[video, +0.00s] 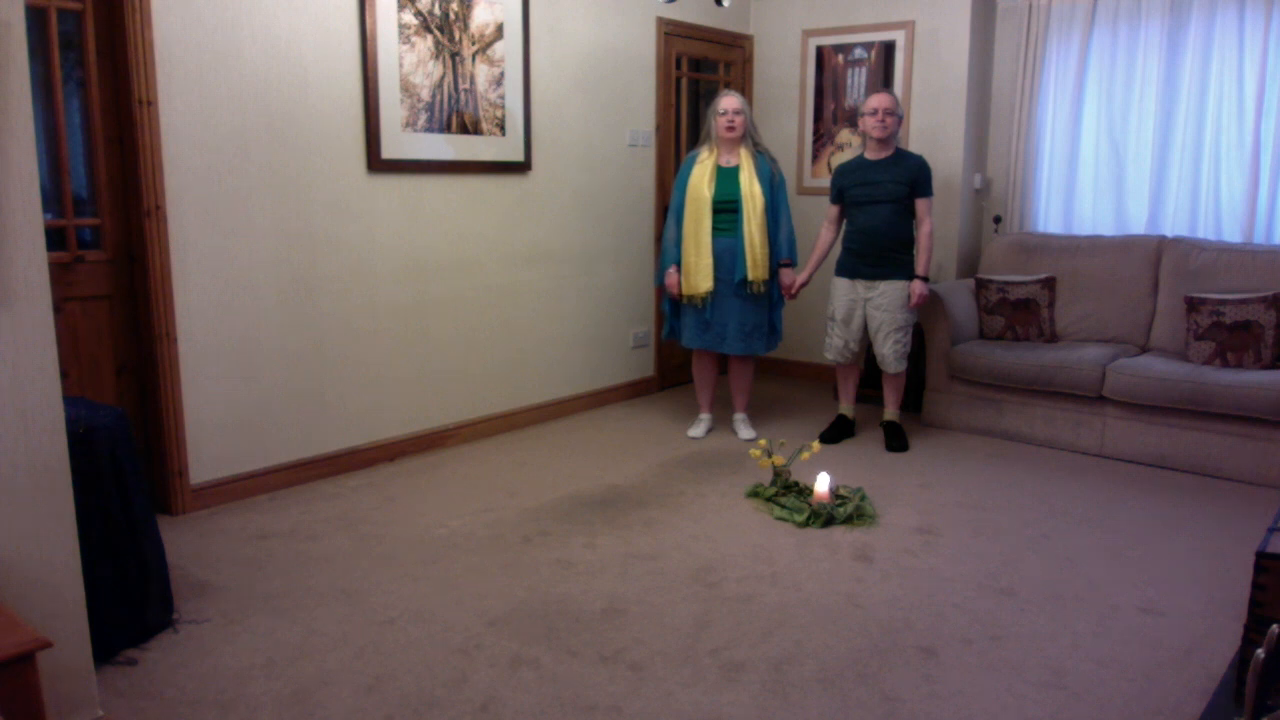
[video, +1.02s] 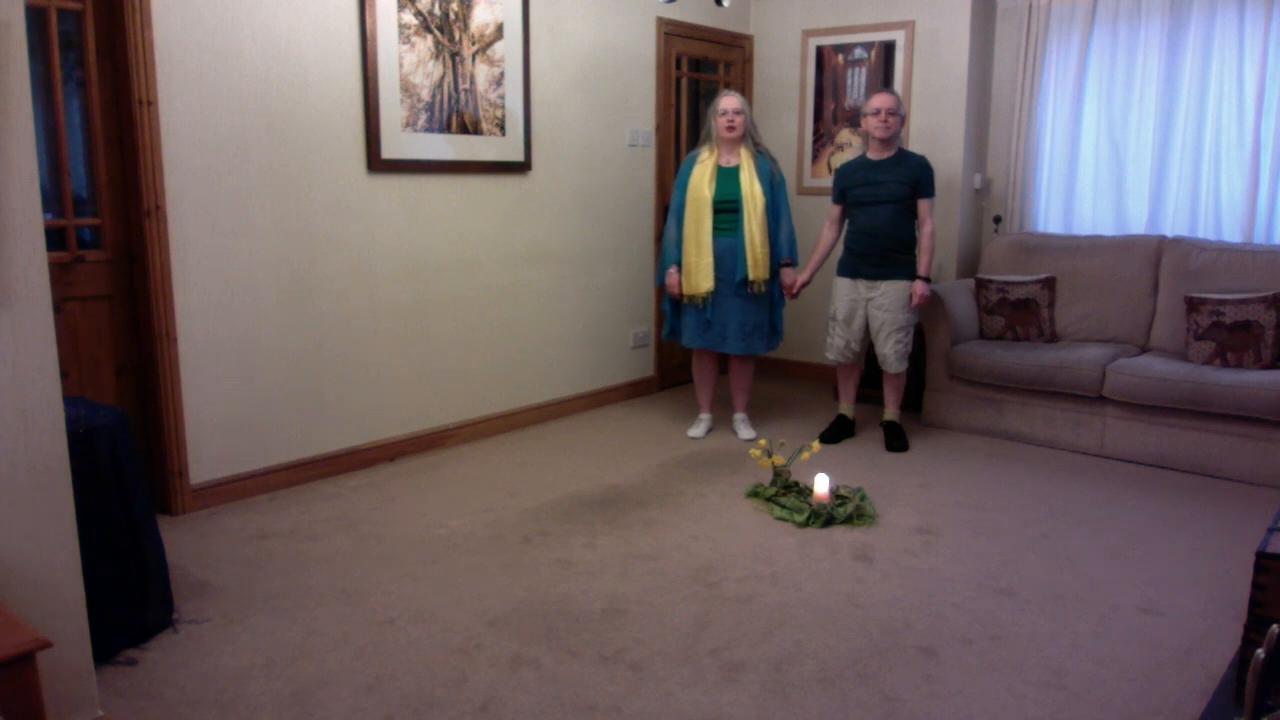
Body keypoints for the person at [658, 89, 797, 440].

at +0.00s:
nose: (730, 119)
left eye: (737, 113)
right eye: (723, 113)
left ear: (747, 119)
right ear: (712, 120)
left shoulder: (764, 164)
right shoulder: (694, 163)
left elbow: (780, 216)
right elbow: (675, 217)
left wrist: (785, 264)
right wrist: (671, 265)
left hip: (750, 268)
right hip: (701, 268)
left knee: (743, 344)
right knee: (703, 343)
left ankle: (741, 414)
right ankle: (705, 413)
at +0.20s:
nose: (730, 119)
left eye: (737, 113)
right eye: (723, 113)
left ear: (747, 119)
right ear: (712, 120)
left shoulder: (764, 164)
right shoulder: (694, 163)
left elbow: (780, 216)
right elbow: (675, 217)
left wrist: (785, 264)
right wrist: (671, 265)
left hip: (750, 269)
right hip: (701, 269)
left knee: (743, 345)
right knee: (703, 343)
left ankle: (741, 414)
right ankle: (705, 413)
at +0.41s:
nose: (730, 119)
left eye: (737, 113)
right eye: (723, 113)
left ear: (747, 119)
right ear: (713, 120)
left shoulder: (764, 164)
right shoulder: (694, 163)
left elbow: (780, 216)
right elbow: (675, 218)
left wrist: (785, 264)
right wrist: (671, 266)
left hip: (750, 269)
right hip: (702, 269)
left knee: (743, 345)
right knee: (703, 343)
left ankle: (741, 414)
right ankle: (705, 413)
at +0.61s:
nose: (730, 119)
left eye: (737, 113)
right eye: (723, 113)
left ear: (747, 119)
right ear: (712, 120)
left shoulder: (764, 164)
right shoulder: (694, 164)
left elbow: (780, 216)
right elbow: (675, 218)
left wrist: (785, 264)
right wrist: (671, 266)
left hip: (750, 269)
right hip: (702, 269)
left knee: (743, 345)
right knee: (703, 343)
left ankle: (741, 414)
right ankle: (705, 413)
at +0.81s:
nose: (730, 119)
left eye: (737, 113)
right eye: (723, 113)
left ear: (748, 119)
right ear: (713, 120)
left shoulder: (764, 164)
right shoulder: (694, 164)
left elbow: (781, 216)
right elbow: (675, 218)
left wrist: (785, 264)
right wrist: (671, 266)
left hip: (750, 269)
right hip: (702, 269)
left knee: (743, 345)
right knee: (703, 343)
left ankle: (741, 414)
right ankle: (705, 413)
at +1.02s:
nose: (730, 119)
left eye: (737, 113)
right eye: (723, 113)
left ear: (748, 119)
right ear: (713, 120)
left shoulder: (764, 164)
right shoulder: (694, 164)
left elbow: (781, 216)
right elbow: (675, 218)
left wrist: (786, 264)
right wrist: (672, 265)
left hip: (750, 269)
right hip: (702, 269)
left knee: (743, 345)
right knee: (703, 343)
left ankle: (741, 414)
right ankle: (705, 413)